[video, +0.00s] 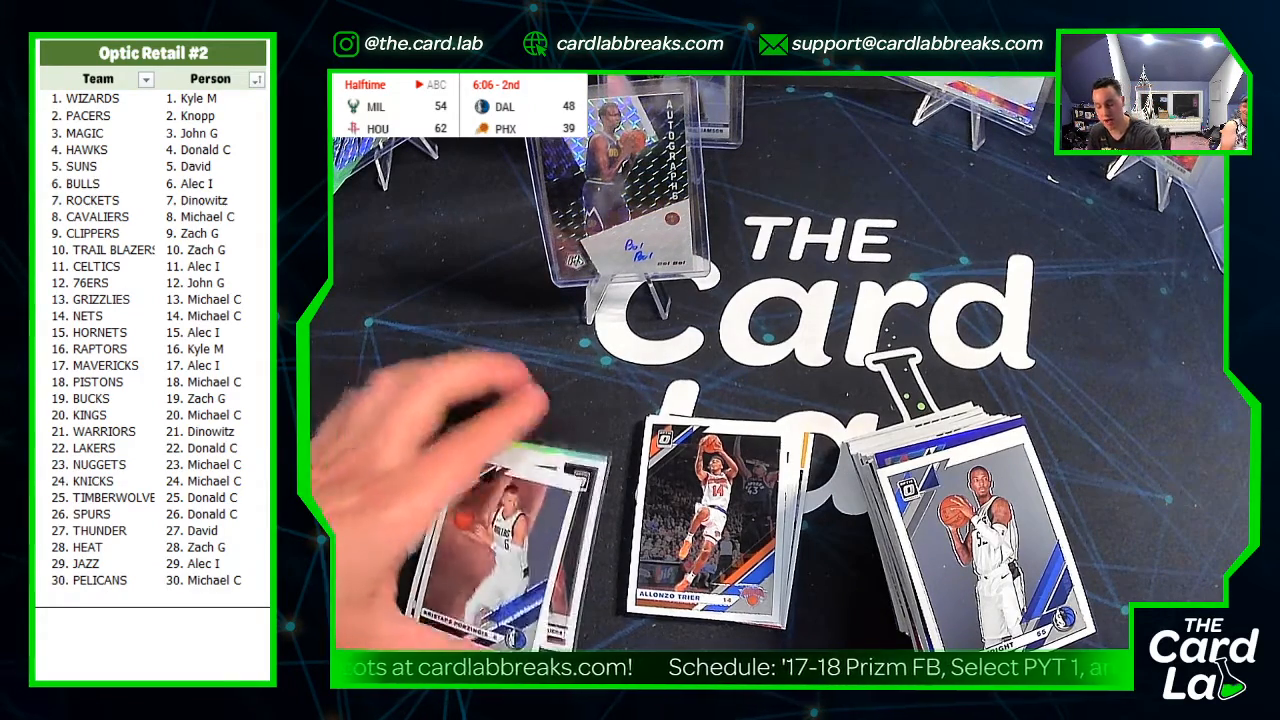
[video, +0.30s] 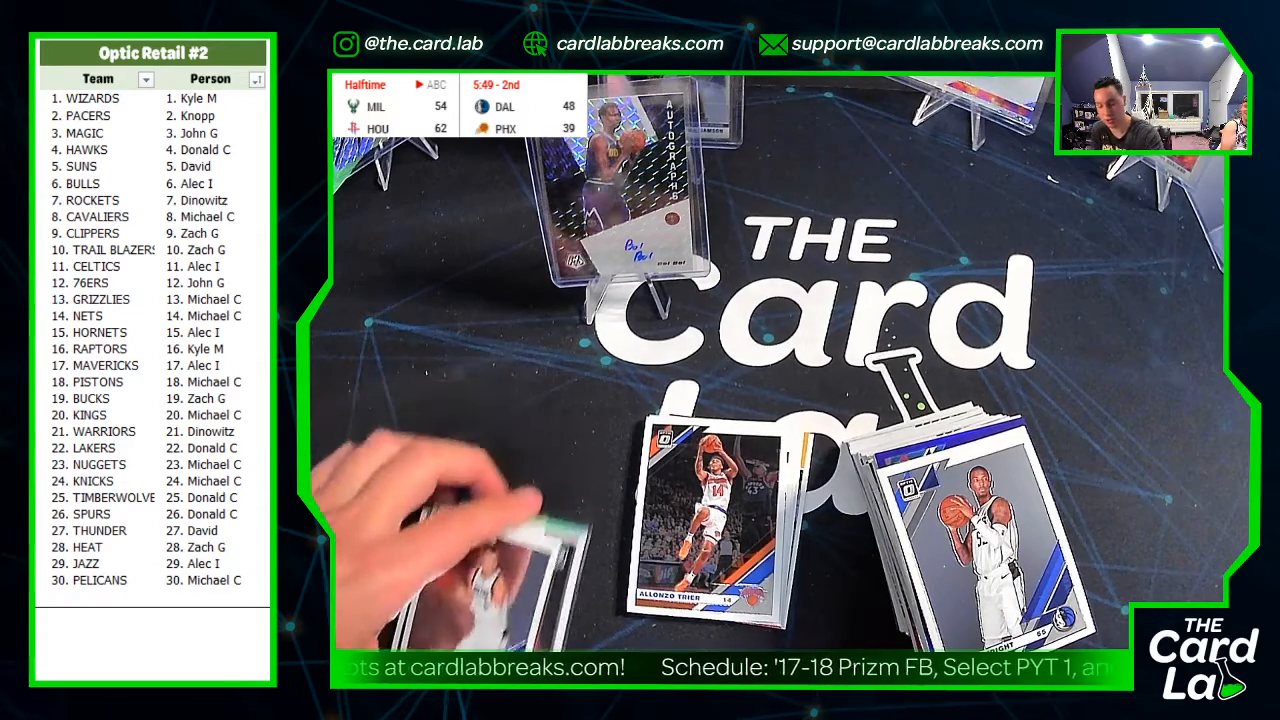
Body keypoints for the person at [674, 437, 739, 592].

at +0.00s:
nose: (714, 463)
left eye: (717, 462)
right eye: (713, 461)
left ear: (721, 465)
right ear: (709, 465)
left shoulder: (727, 476)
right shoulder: (706, 476)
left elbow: (734, 468)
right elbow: (698, 470)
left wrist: (722, 452)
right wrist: (700, 450)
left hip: (721, 513)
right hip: (706, 507)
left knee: (707, 550)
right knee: (704, 512)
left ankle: (688, 579)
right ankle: (688, 540)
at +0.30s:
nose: (714, 463)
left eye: (717, 461)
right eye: (713, 461)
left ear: (721, 465)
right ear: (710, 465)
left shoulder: (727, 476)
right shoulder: (706, 476)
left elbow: (734, 468)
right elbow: (698, 470)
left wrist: (722, 452)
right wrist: (700, 451)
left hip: (721, 512)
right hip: (706, 507)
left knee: (707, 550)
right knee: (704, 512)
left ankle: (688, 579)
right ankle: (688, 540)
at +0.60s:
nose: (714, 463)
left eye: (717, 461)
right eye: (713, 461)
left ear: (721, 465)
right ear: (710, 465)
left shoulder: (727, 476)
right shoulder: (706, 477)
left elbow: (734, 469)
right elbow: (699, 470)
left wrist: (722, 452)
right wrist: (700, 451)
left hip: (721, 513)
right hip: (706, 507)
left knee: (707, 550)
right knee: (704, 512)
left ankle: (688, 579)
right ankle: (688, 540)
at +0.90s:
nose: (714, 463)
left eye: (717, 461)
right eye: (713, 461)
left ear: (721, 465)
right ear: (710, 465)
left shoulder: (727, 475)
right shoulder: (706, 476)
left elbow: (734, 469)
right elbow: (699, 470)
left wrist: (722, 452)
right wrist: (700, 451)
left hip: (721, 513)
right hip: (707, 507)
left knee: (707, 550)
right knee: (704, 511)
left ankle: (688, 579)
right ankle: (688, 540)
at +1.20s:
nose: (714, 463)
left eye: (717, 461)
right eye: (713, 461)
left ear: (721, 465)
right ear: (710, 465)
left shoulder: (727, 475)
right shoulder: (706, 476)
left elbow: (734, 469)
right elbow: (699, 470)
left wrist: (722, 452)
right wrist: (700, 451)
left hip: (721, 513)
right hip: (707, 507)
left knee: (707, 550)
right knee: (704, 511)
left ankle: (688, 579)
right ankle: (688, 540)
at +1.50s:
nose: (714, 464)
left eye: (717, 462)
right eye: (712, 462)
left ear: (721, 465)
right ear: (709, 465)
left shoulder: (727, 476)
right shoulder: (706, 477)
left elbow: (734, 469)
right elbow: (699, 471)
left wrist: (722, 452)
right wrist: (700, 451)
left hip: (720, 513)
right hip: (706, 507)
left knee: (707, 550)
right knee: (704, 511)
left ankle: (688, 578)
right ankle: (688, 540)